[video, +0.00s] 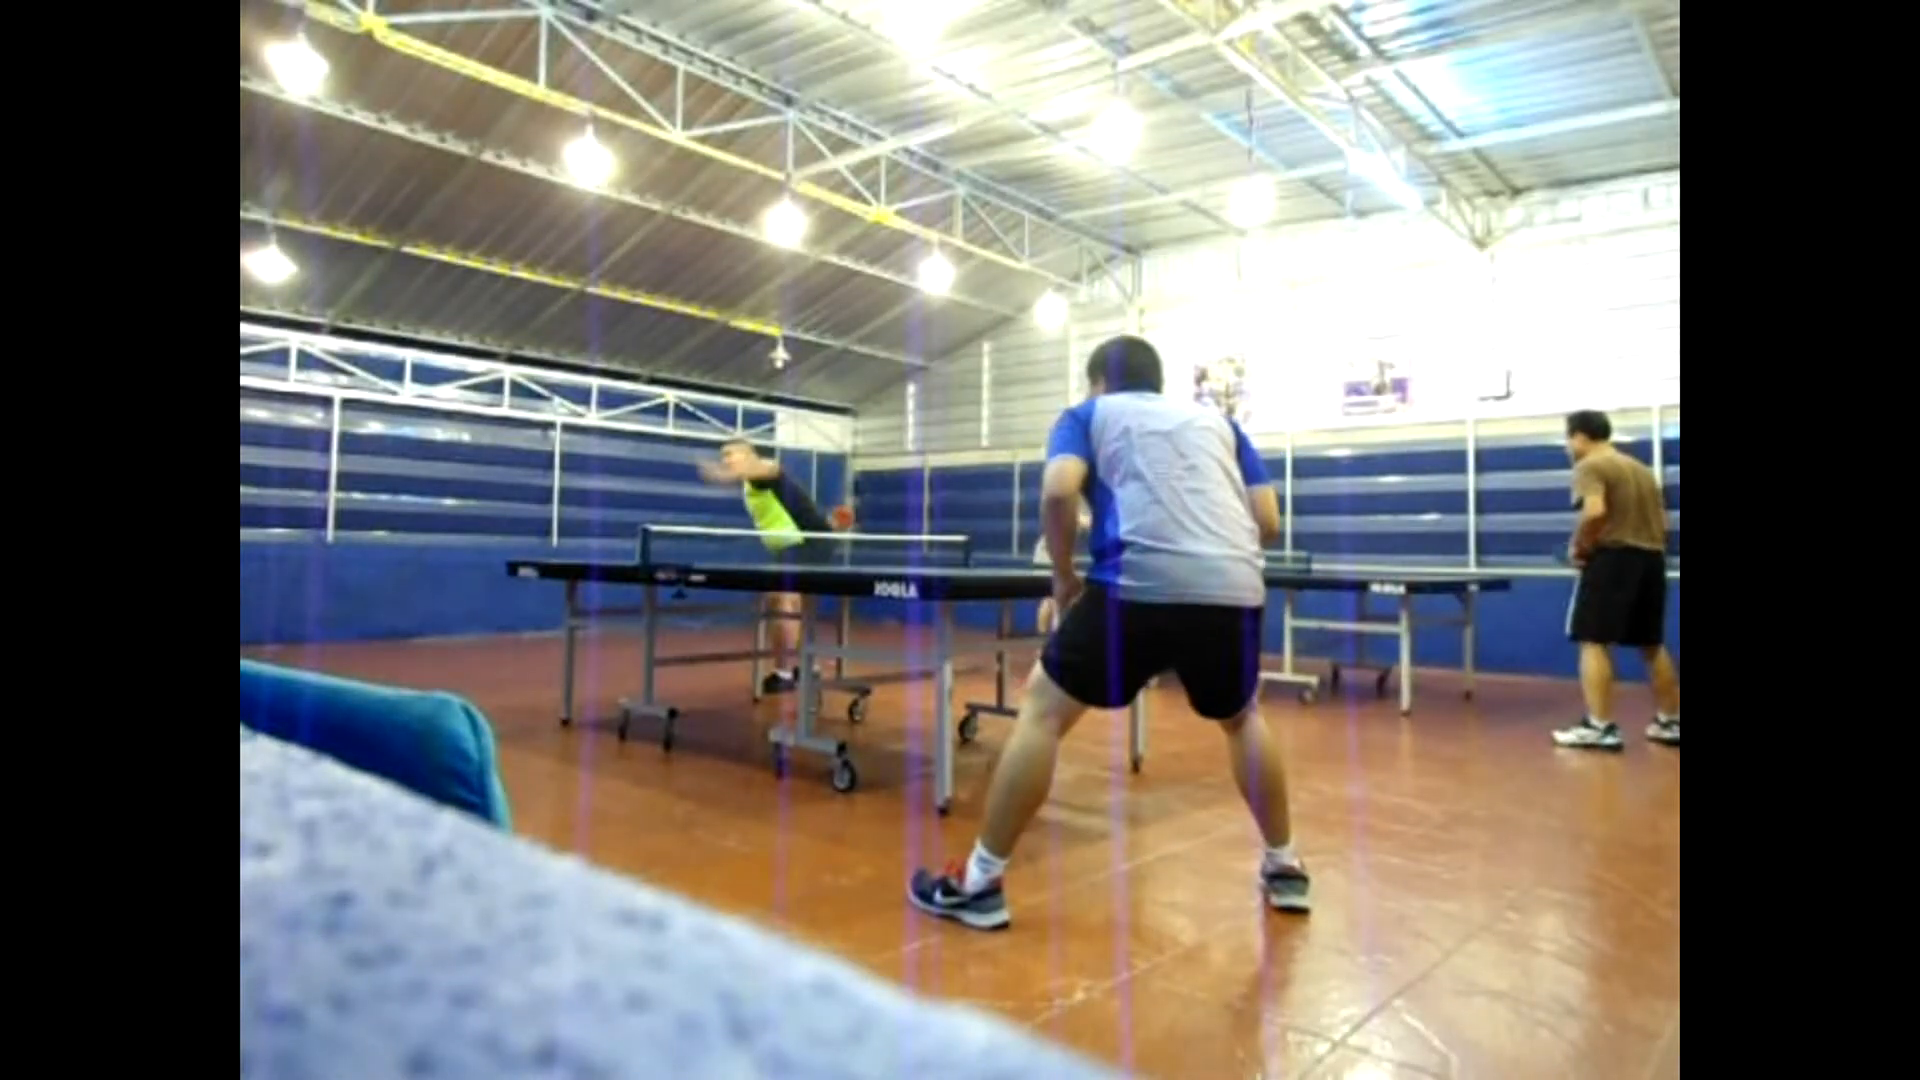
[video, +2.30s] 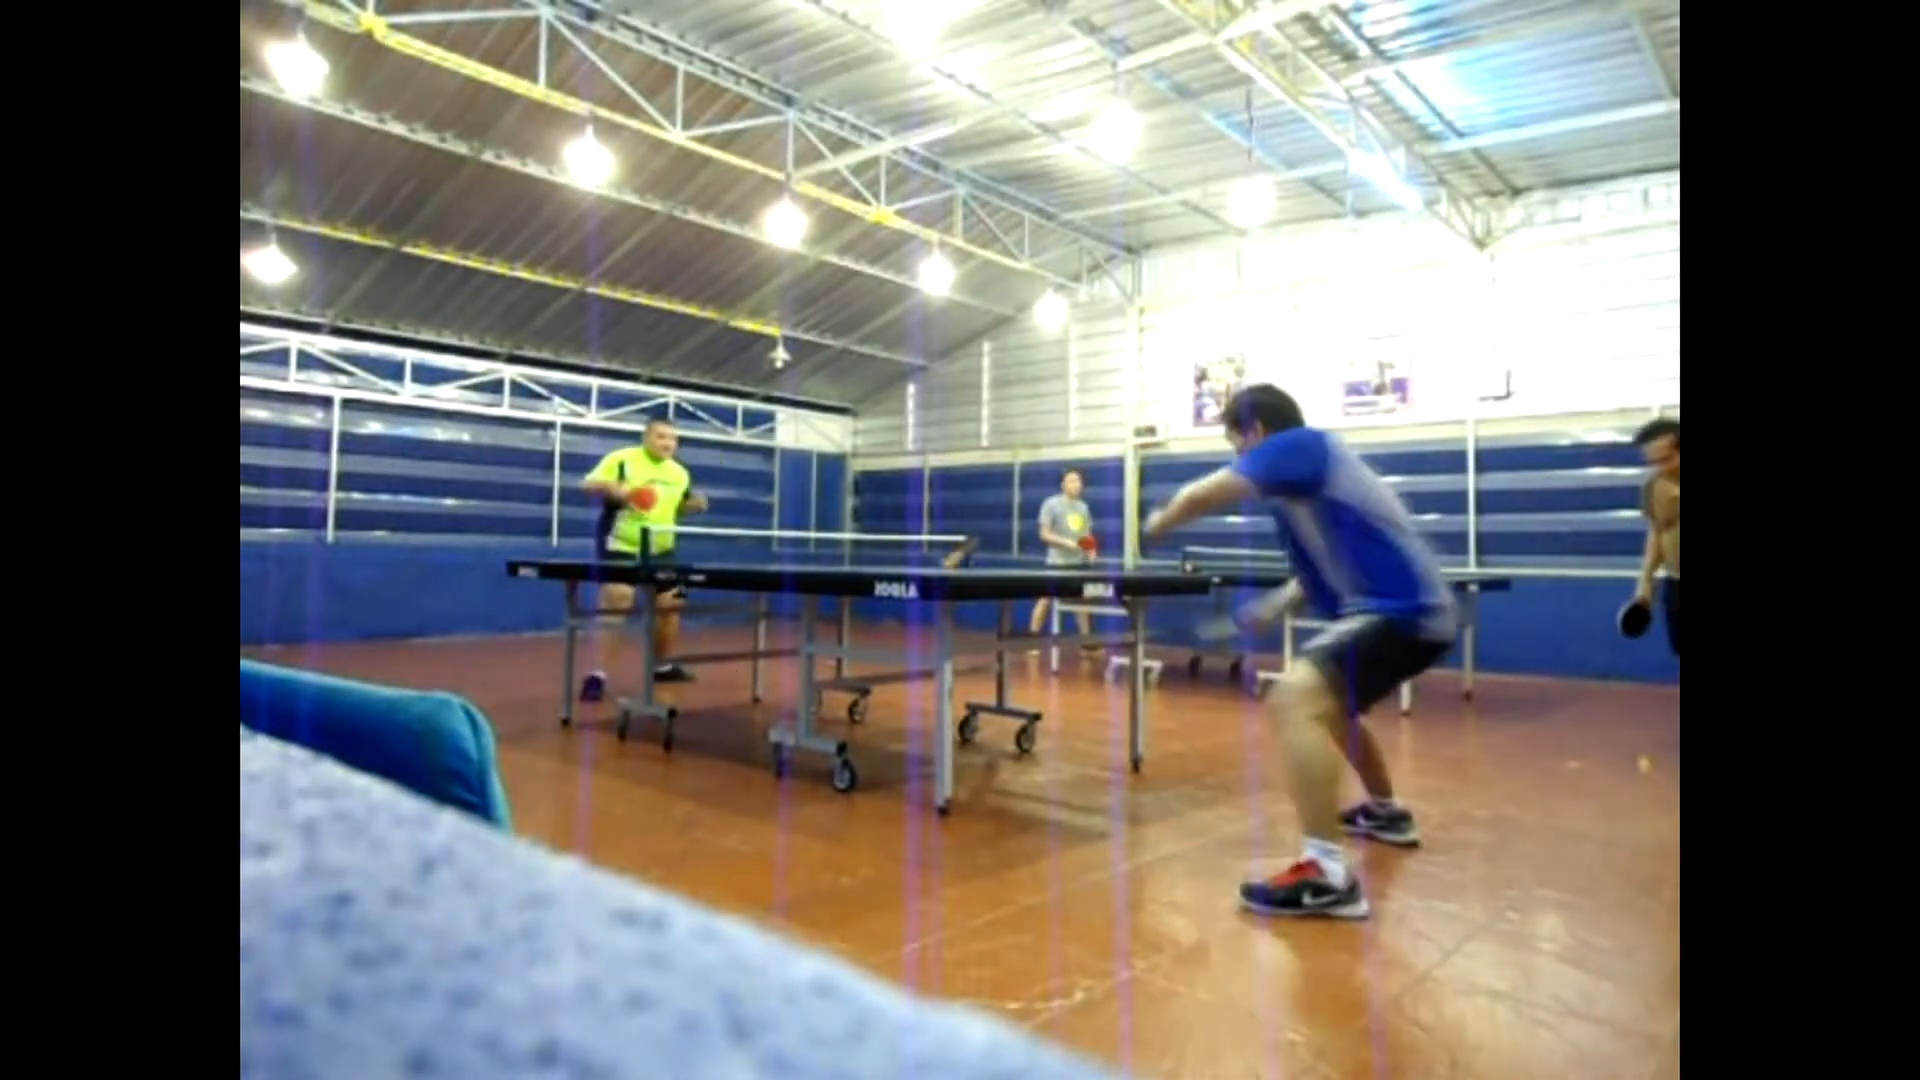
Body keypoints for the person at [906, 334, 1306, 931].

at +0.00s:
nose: (1087, 396)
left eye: (1088, 387)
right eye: (1089, 389)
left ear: (1101, 383)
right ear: (1159, 383)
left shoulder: (1086, 414)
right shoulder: (1220, 423)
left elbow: (1060, 490)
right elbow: (1268, 521)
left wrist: (1065, 584)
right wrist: (1215, 552)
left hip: (1137, 589)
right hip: (1232, 594)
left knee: (1043, 718)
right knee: (1242, 719)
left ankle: (979, 883)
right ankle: (1284, 866)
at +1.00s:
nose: (1140, 365)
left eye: (1143, 357)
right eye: (1144, 357)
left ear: (1152, 358)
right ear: (1202, 361)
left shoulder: (1132, 404)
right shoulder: (1235, 425)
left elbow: (1079, 454)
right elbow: (1246, 501)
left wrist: (1022, 472)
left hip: (1144, 590)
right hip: (1219, 597)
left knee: (1081, 698)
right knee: (1235, 707)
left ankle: (1055, 849)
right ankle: (1268, 837)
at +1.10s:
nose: (1143, 357)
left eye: (1146, 349)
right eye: (1146, 350)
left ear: (1157, 348)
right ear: (1202, 351)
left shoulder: (1158, 378)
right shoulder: (1231, 407)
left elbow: (1108, 410)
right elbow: (1222, 481)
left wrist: (1014, 422)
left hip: (1171, 563)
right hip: (1236, 567)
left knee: (1104, 670)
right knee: (1221, 679)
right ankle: (1267, 790)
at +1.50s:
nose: (1151, 451)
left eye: (1153, 444)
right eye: (1151, 446)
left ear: (1166, 438)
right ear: (1198, 435)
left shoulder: (1190, 446)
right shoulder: (1207, 473)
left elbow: (1187, 474)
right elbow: (1166, 529)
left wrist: (1128, 488)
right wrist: (1109, 522)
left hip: (1238, 591)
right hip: (1271, 594)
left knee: (1167, 695)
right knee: (1215, 679)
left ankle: (1221, 811)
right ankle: (1206, 772)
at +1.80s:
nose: (1183, 428)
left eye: (1187, 417)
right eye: (1185, 417)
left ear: (1204, 416)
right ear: (1233, 414)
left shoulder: (1228, 443)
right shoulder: (1262, 456)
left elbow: (1215, 482)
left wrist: (1133, 519)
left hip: (1257, 601)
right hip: (1286, 604)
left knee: (1206, 710)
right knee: (1219, 678)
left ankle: (1296, 833)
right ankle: (1220, 766)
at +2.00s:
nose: (1216, 386)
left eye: (1220, 376)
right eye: (1217, 376)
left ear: (1240, 371)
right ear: (1269, 372)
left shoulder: (1254, 399)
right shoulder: (1297, 415)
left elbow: (1248, 448)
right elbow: (1320, 493)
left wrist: (1163, 509)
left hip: (1290, 567)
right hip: (1333, 570)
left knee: (1220, 680)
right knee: (1292, 675)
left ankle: (1296, 827)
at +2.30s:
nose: (1235, 451)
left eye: (1237, 437)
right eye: (1233, 440)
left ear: (1259, 428)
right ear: (1275, 426)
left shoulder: (1299, 449)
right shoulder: (1307, 472)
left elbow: (1204, 494)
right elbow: (1324, 568)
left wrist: (1161, 523)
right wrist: (1272, 607)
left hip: (1405, 616)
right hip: (1397, 616)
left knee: (1293, 698)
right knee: (1328, 701)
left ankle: (1327, 871)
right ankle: (1385, 808)